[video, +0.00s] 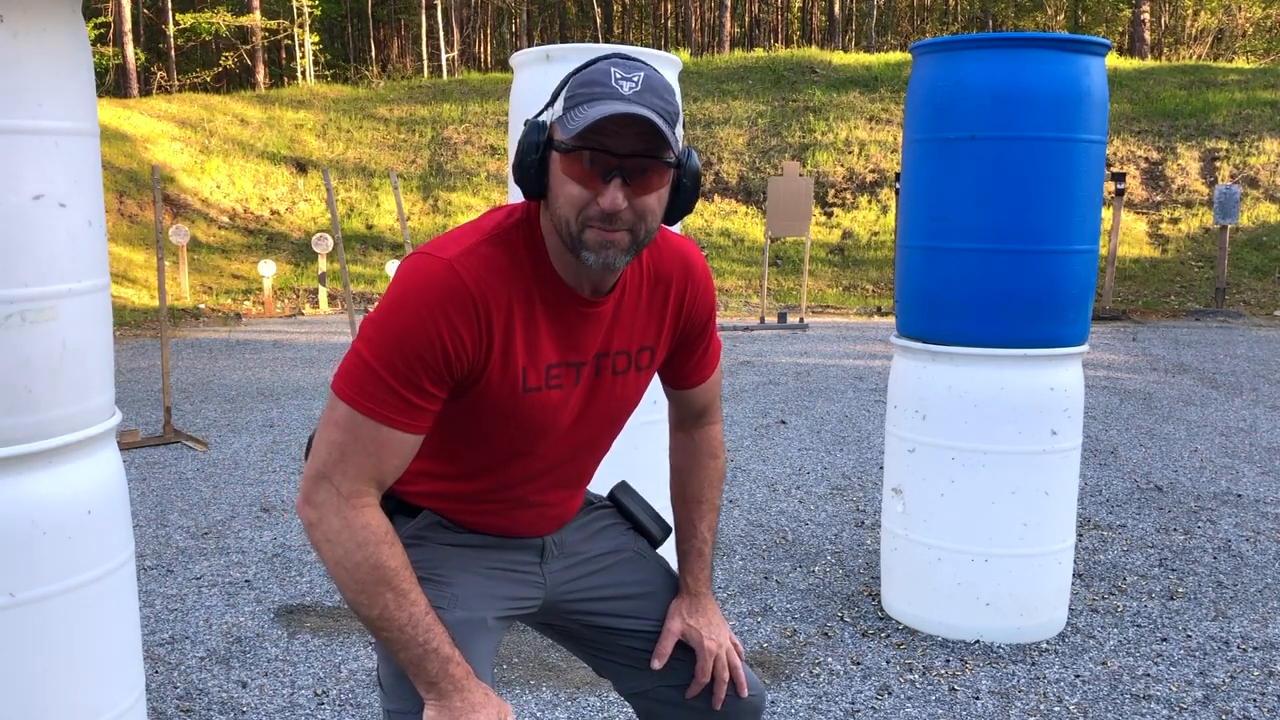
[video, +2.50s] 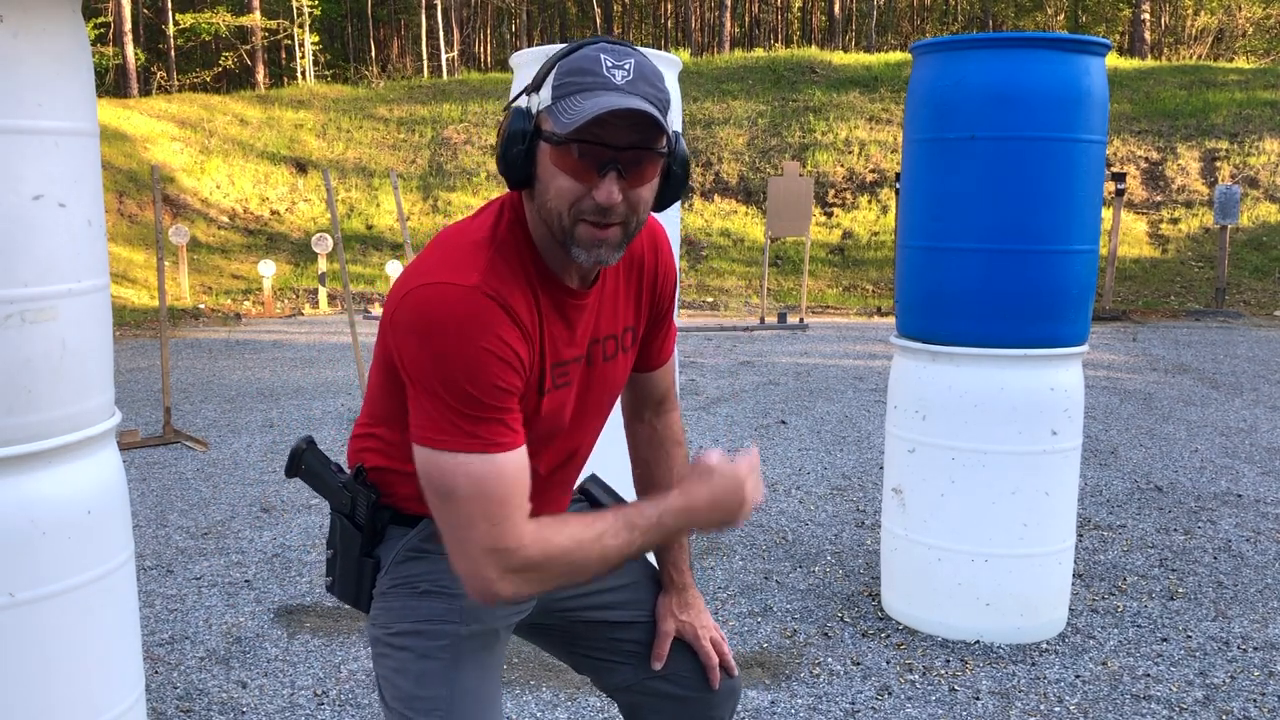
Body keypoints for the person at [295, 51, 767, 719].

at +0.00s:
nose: (612, 198)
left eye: (641, 171)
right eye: (590, 164)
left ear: (674, 181)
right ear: (543, 162)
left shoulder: (678, 275)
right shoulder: (448, 283)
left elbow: (698, 420)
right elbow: (333, 496)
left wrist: (696, 588)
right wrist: (450, 689)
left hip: (576, 527)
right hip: (445, 539)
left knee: (727, 700)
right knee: (440, 709)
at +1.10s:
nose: (605, 194)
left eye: (632, 165)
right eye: (581, 160)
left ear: (665, 176)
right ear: (530, 159)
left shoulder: (667, 267)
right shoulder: (442, 292)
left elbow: (681, 416)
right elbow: (368, 526)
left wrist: (692, 585)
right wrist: (543, 653)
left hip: (572, 530)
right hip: (445, 544)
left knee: (721, 692)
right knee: (444, 706)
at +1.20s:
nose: (601, 190)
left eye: (629, 160)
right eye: (577, 155)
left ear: (659, 171)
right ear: (526, 156)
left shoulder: (653, 260)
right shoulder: (443, 296)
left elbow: (661, 413)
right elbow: (438, 550)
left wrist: (686, 576)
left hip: (554, 524)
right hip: (432, 550)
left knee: (710, 689)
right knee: (450, 706)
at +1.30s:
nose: (592, 189)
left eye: (619, 160)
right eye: (567, 155)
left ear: (649, 169)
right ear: (515, 152)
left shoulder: (636, 254)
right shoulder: (447, 296)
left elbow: (645, 416)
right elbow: (514, 549)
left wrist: (674, 573)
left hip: (548, 531)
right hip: (429, 549)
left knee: (699, 686)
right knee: (451, 704)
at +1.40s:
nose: (587, 189)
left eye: (613, 159)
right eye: (561, 155)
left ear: (642, 167)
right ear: (507, 151)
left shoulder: (626, 252)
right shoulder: (446, 297)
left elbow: (631, 419)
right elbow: (580, 527)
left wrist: (667, 574)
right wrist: (729, 366)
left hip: (548, 538)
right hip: (428, 559)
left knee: (693, 687)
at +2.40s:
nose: (601, 201)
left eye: (628, 170)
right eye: (576, 164)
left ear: (658, 177)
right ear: (520, 159)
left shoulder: (642, 259)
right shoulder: (456, 300)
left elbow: (652, 422)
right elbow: (573, 539)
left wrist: (677, 583)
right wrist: (707, 400)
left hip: (554, 530)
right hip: (432, 554)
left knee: (701, 689)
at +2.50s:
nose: (609, 192)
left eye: (635, 162)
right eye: (584, 157)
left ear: (663, 170)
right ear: (527, 153)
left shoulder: (647, 255)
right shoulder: (461, 300)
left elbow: (653, 410)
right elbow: (497, 566)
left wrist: (678, 581)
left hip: (549, 515)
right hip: (426, 541)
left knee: (699, 690)